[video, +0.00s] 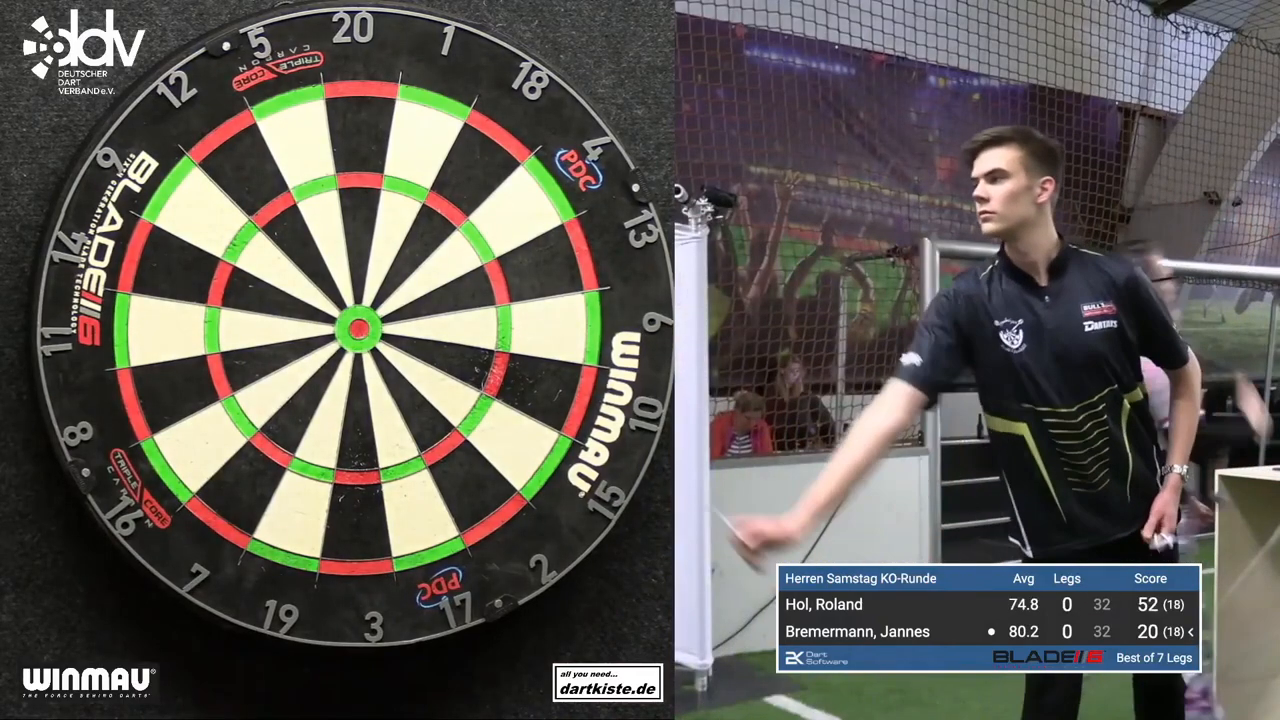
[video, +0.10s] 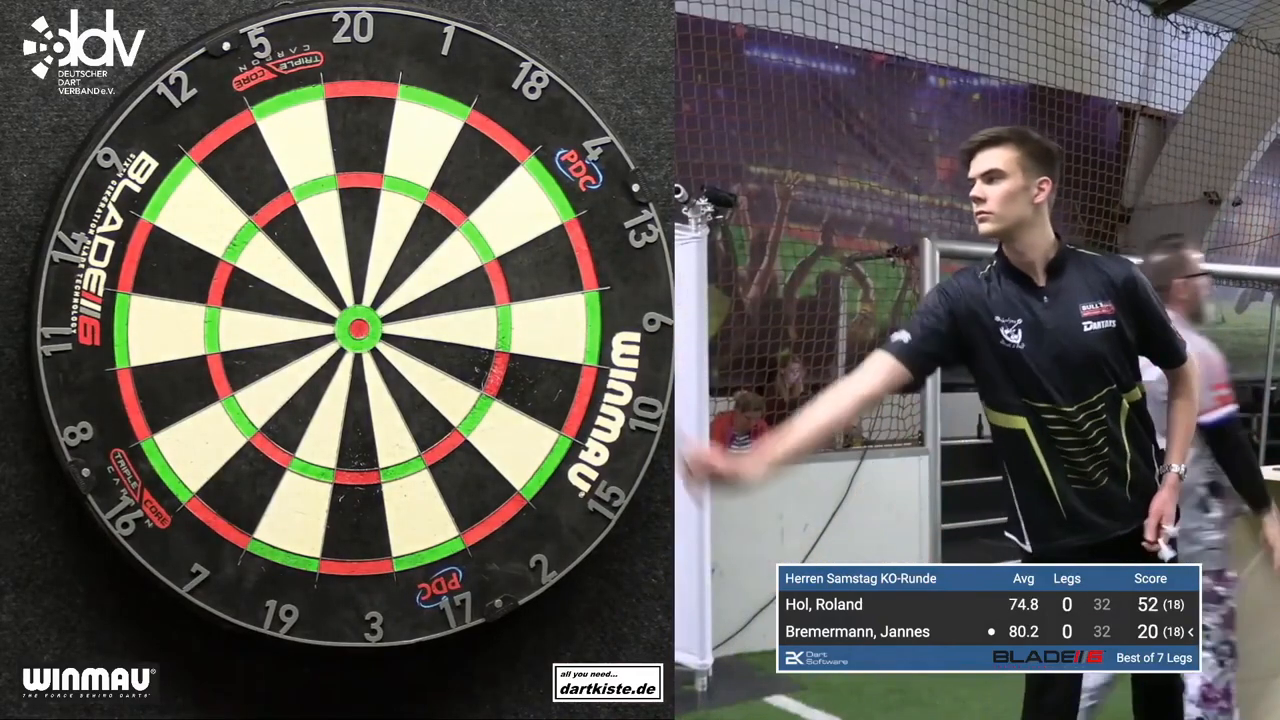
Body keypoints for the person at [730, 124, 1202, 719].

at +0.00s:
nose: (978, 193)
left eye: (996, 178)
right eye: (976, 182)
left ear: (1045, 190)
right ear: (976, 196)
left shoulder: (1116, 280)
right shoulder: (965, 305)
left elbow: (1186, 374)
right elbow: (891, 408)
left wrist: (1175, 479)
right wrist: (799, 520)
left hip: (1140, 527)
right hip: (1049, 541)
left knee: (1162, 692)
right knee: (1051, 699)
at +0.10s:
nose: (976, 193)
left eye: (993, 178)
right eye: (972, 183)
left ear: (1042, 189)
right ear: (970, 198)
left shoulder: (1114, 279)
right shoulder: (964, 299)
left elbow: (1182, 371)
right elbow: (864, 384)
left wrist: (1174, 478)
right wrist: (753, 463)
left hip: (1145, 526)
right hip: (1054, 543)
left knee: (1164, 694)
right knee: (1050, 703)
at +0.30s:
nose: (973, 193)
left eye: (990, 179)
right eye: (969, 183)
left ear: (1039, 190)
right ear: (970, 198)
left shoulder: (1110, 279)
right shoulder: (961, 296)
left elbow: (1179, 375)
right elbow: (846, 356)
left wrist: (1169, 480)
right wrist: (712, 321)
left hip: (1141, 529)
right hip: (1048, 544)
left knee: (1162, 694)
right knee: (1049, 700)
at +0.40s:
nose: (972, 193)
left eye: (988, 178)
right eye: (969, 183)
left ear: (1039, 190)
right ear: (967, 198)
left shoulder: (1109, 280)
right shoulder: (961, 295)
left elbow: (1178, 378)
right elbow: (849, 352)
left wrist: (1167, 481)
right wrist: (725, 277)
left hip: (1138, 527)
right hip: (1047, 541)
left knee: (1161, 692)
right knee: (1049, 700)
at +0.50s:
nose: (970, 195)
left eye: (987, 179)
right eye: (968, 185)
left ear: (1037, 191)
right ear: (968, 200)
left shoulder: (1108, 279)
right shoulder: (960, 297)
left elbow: (1177, 374)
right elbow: (847, 352)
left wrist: (1166, 479)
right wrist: (765, 241)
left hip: (1136, 523)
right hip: (1046, 538)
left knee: (1158, 685)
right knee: (1050, 698)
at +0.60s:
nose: (970, 194)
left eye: (988, 179)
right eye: (967, 183)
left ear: (1036, 190)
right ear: (967, 199)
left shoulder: (1110, 278)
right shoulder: (961, 297)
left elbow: (1176, 373)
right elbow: (845, 350)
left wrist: (1164, 479)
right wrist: (791, 232)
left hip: (1136, 527)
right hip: (1045, 543)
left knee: (1157, 691)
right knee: (1049, 700)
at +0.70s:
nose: (968, 194)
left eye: (986, 179)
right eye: (966, 184)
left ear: (1035, 189)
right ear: (966, 199)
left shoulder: (1107, 279)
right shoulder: (961, 297)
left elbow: (1174, 373)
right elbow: (844, 349)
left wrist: (1162, 481)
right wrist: (821, 213)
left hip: (1133, 528)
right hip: (1043, 543)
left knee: (1155, 686)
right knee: (1047, 700)